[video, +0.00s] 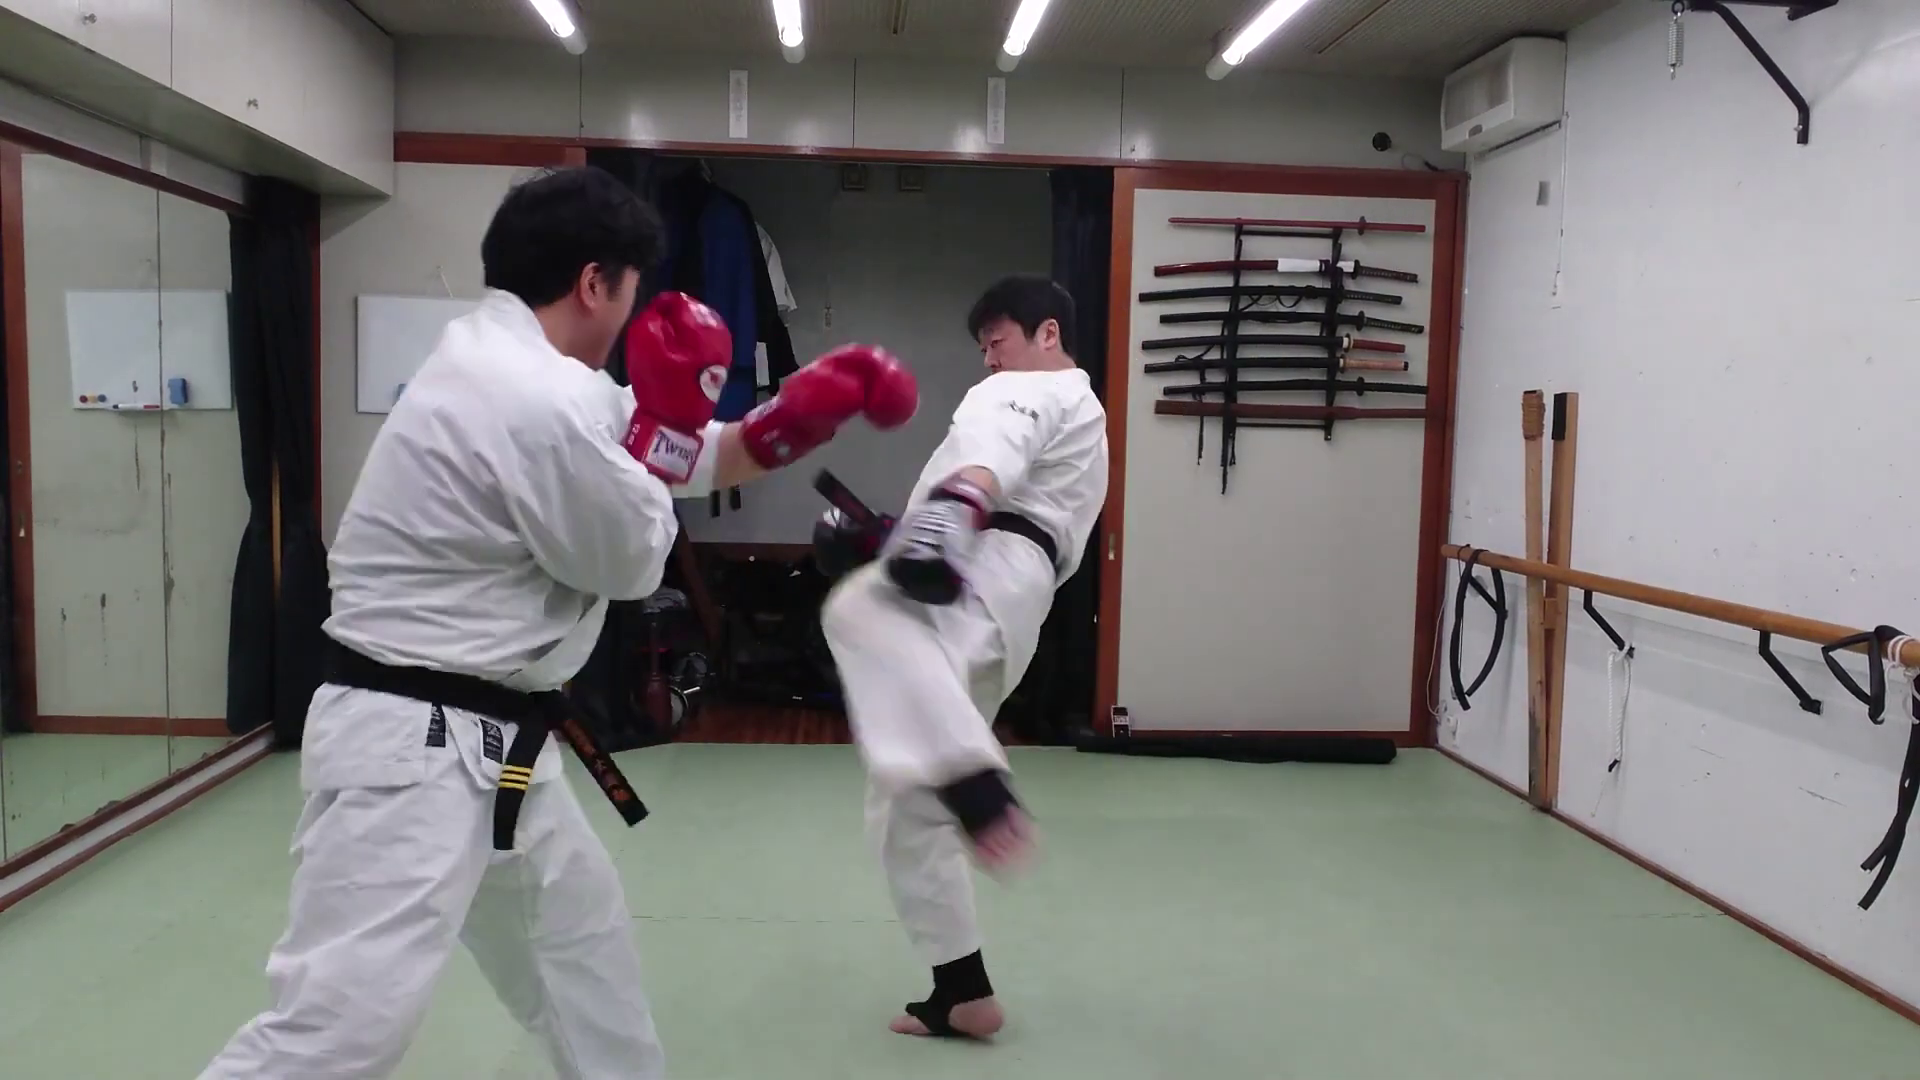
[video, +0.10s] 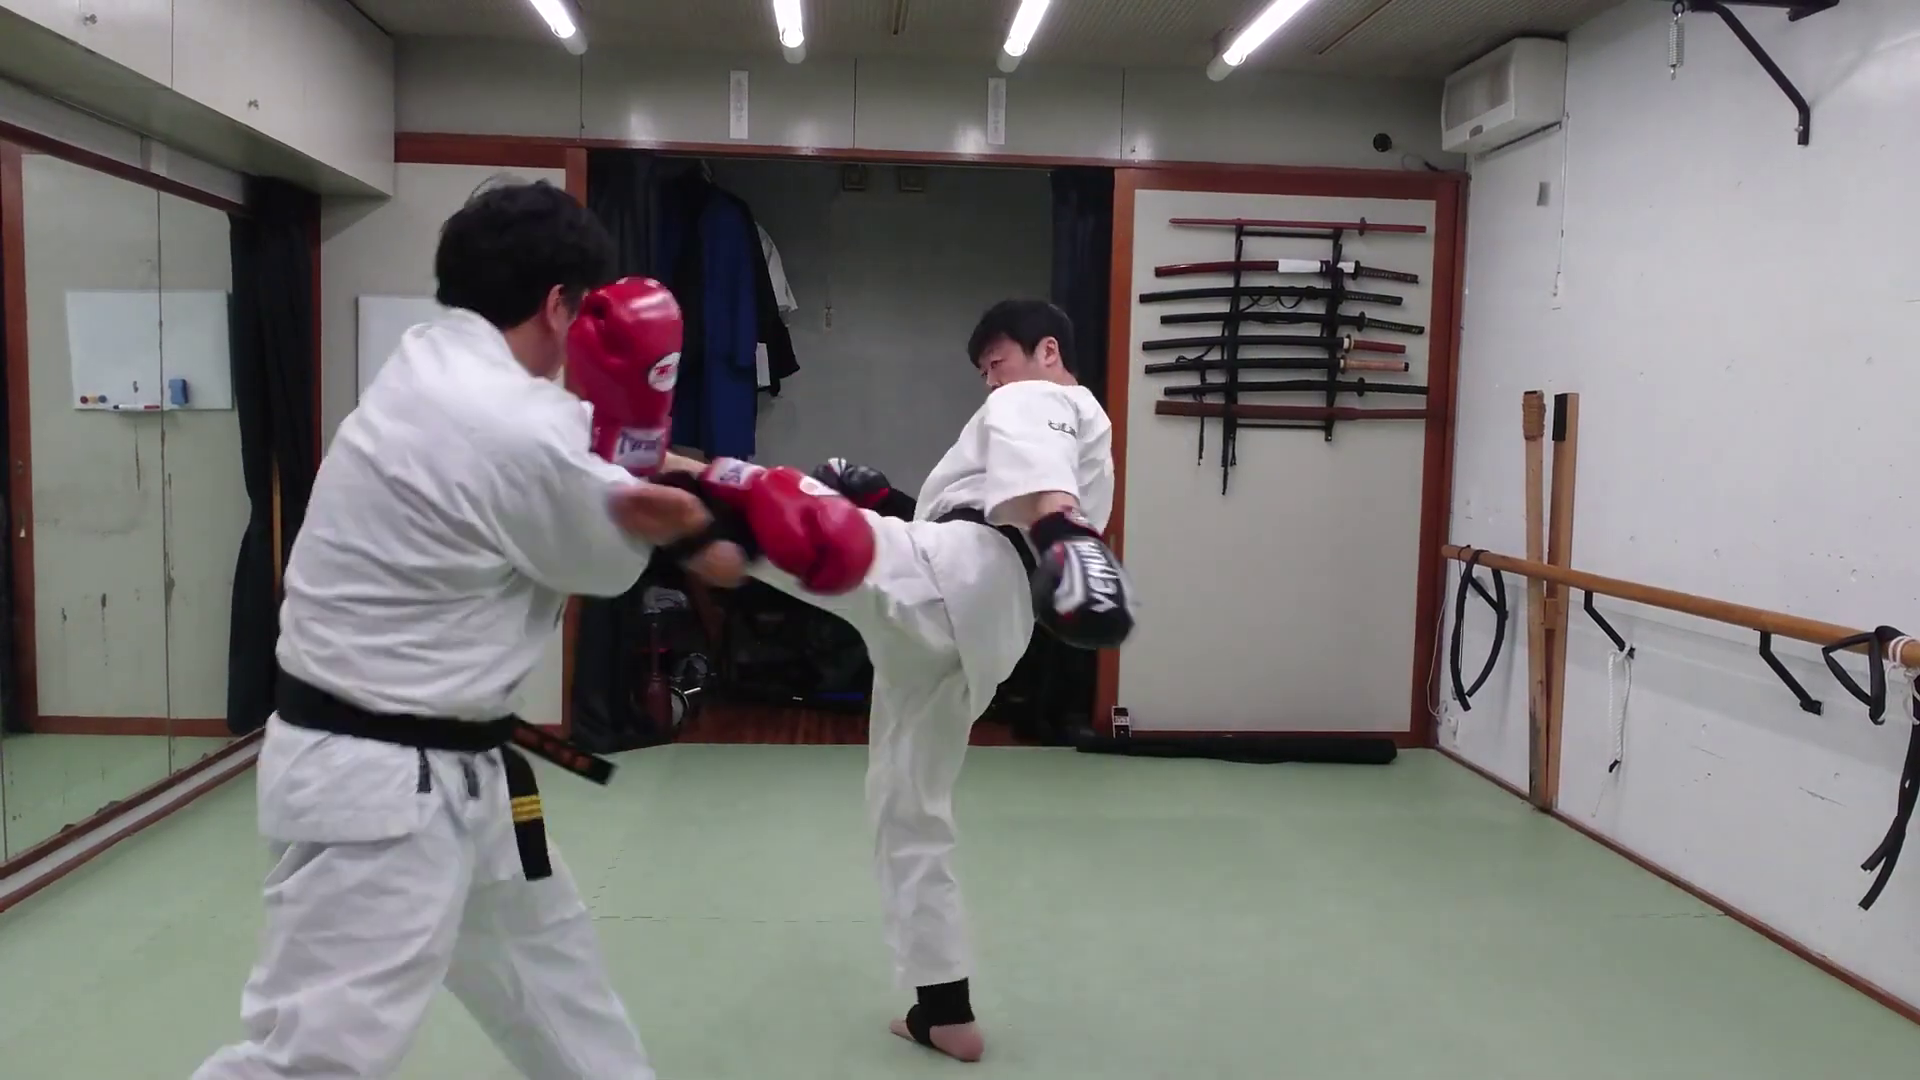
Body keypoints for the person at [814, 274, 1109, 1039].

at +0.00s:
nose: (989, 360)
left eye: (1000, 343)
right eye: (983, 348)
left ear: (1049, 335)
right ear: (1052, 346)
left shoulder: (1036, 385)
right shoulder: (1075, 417)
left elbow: (986, 457)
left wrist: (941, 527)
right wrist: (884, 535)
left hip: (994, 551)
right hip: (1019, 602)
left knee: (862, 603)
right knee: (907, 787)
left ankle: (973, 783)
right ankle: (962, 987)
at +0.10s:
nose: (991, 382)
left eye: (1000, 365)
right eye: (984, 372)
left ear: (1048, 354)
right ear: (1052, 367)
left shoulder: (1037, 397)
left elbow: (1042, 484)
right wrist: (888, 515)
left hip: (970, 569)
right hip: (971, 657)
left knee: (829, 535)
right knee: (911, 813)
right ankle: (944, 1007)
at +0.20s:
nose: (992, 381)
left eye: (1000, 365)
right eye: (988, 371)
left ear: (1053, 355)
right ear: (1057, 364)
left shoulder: (1043, 397)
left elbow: (1041, 470)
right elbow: (982, 536)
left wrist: (1085, 553)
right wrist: (889, 515)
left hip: (960, 567)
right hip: (981, 640)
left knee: (802, 555)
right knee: (906, 813)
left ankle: (627, 513)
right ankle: (942, 1011)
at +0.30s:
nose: (993, 364)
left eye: (1003, 346)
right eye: (988, 352)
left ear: (1054, 338)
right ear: (1049, 350)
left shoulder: (1053, 390)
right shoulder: (1029, 422)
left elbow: (1036, 477)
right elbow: (963, 545)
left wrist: (1036, 558)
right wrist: (880, 520)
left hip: (962, 573)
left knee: (814, 644)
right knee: (910, 814)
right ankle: (943, 1009)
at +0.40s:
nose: (993, 343)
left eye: (1002, 324)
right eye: (988, 330)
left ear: (1055, 316)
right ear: (1046, 326)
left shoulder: (1062, 389)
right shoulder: (1048, 401)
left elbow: (1038, 516)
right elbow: (986, 522)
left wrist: (964, 544)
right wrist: (893, 530)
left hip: (972, 602)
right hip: (1002, 618)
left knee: (853, 752)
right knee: (946, 813)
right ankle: (944, 1010)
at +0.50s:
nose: (987, 327)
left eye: (996, 306)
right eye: (983, 312)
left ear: (1048, 299)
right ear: (1042, 307)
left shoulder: (1080, 377)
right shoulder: (1035, 392)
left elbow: (1045, 484)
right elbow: (971, 509)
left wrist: (946, 431)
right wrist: (898, 472)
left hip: (998, 593)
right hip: (982, 592)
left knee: (914, 807)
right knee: (957, 811)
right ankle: (953, 1016)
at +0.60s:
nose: (988, 327)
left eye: (995, 309)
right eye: (984, 314)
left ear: (1044, 296)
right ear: (1043, 299)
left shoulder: (1075, 366)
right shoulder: (1030, 379)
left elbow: (953, 391)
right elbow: (932, 465)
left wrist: (897, 329)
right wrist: (882, 385)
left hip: (1038, 622)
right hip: (1001, 621)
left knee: (993, 828)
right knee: (947, 808)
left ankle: (1025, 1046)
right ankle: (953, 1003)